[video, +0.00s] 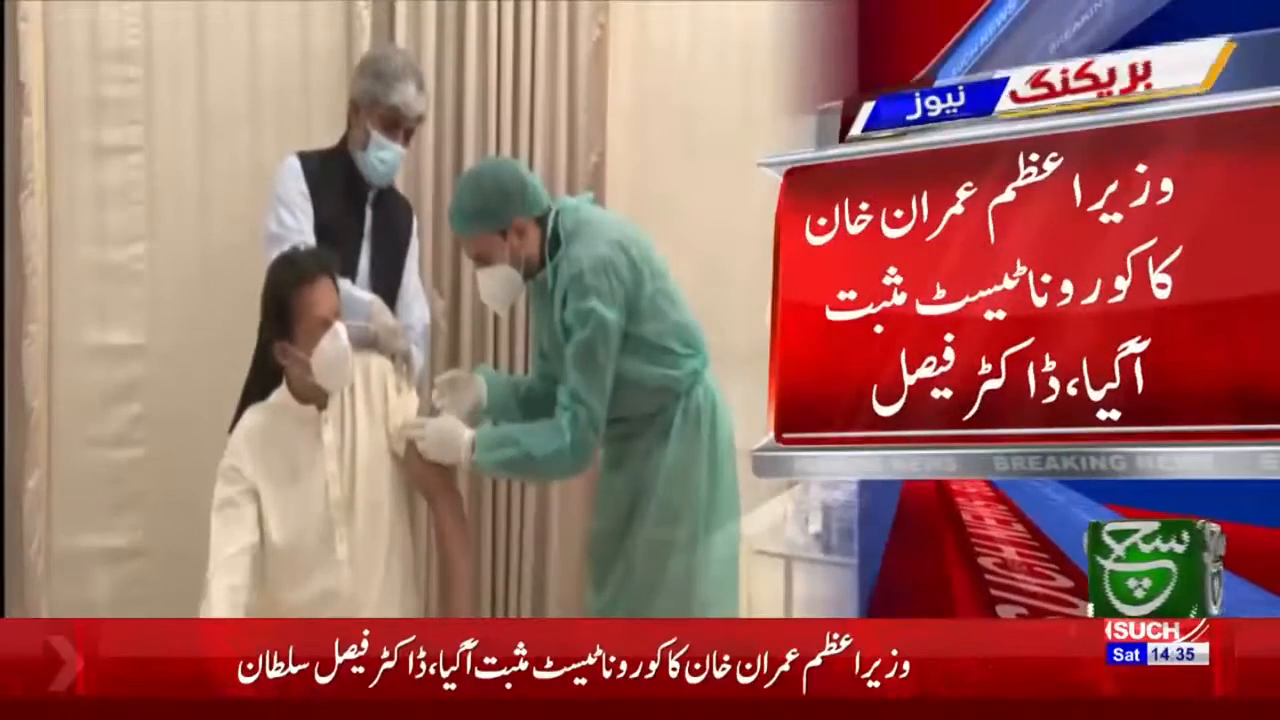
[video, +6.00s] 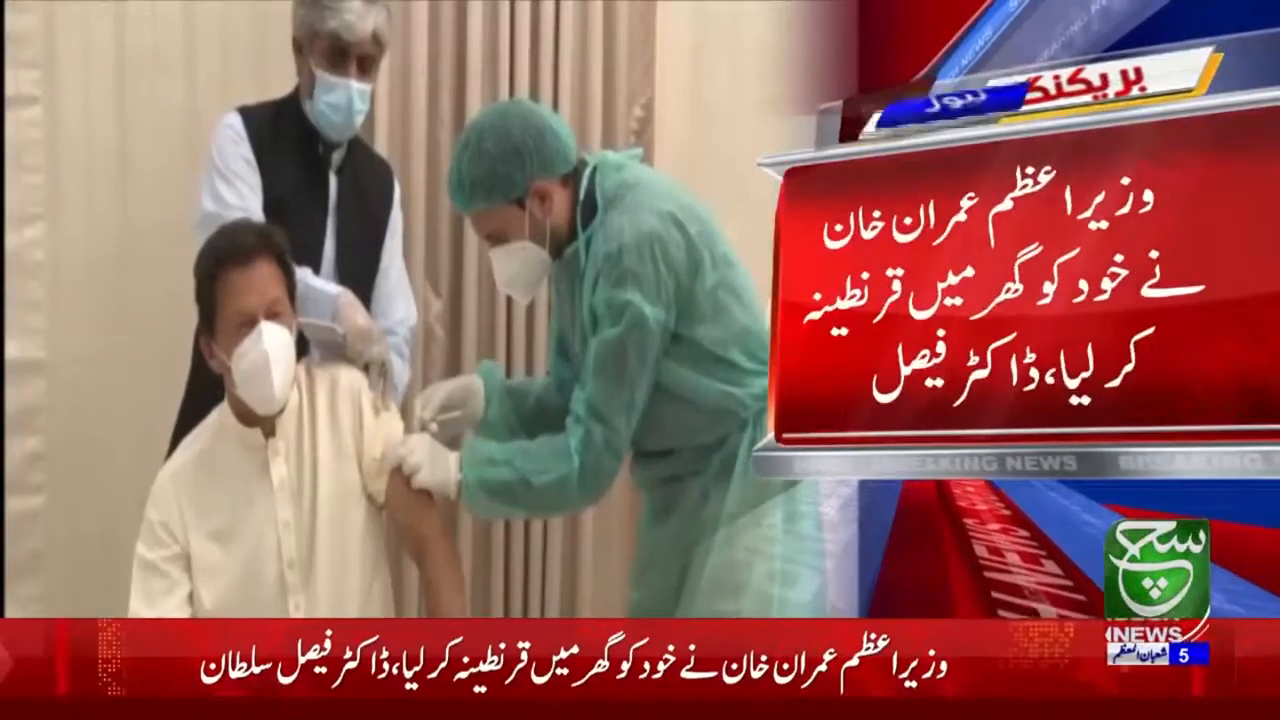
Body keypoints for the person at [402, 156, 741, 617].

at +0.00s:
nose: (481, 272)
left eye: (484, 259)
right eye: (475, 261)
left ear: (521, 231)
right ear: (520, 232)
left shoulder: (591, 261)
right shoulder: (550, 260)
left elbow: (575, 439)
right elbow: (549, 397)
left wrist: (471, 447)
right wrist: (485, 393)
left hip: (678, 432)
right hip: (630, 435)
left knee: (658, 600)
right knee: (614, 594)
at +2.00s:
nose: (484, 269)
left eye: (487, 256)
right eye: (478, 258)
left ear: (524, 226)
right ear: (524, 226)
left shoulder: (593, 258)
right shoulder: (558, 253)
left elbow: (564, 431)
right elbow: (568, 388)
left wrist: (461, 421)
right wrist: (505, 388)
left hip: (678, 435)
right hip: (633, 437)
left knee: (657, 605)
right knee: (615, 600)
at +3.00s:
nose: (511, 198)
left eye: (518, 182)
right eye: (505, 184)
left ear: (558, 163)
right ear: (557, 164)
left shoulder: (613, 221)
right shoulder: (583, 211)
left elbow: (581, 384)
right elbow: (592, 331)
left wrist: (482, 432)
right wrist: (548, 365)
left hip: (664, 430)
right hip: (625, 427)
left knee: (645, 602)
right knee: (609, 594)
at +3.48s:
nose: (528, 173)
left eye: (534, 159)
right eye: (523, 160)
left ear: (576, 141)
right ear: (572, 142)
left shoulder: (626, 209)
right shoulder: (596, 197)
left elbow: (586, 356)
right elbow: (588, 324)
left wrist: (486, 417)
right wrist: (554, 355)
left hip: (658, 429)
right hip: (622, 426)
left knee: (639, 602)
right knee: (608, 595)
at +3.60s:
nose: (495, 239)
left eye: (497, 220)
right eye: (486, 222)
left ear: (543, 183)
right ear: (543, 182)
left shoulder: (635, 220)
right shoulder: (584, 219)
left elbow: (588, 448)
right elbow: (585, 400)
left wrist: (457, 456)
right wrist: (500, 395)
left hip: (749, 456)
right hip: (677, 462)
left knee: (724, 653)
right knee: (655, 649)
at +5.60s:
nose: (496, 255)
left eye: (498, 238)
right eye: (487, 242)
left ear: (544, 199)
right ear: (544, 198)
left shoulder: (634, 233)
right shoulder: (581, 230)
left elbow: (591, 457)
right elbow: (571, 399)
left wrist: (460, 468)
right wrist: (487, 399)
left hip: (750, 468)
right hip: (678, 475)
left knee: (731, 664)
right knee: (655, 661)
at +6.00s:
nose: (497, 257)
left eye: (499, 240)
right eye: (489, 243)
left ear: (545, 201)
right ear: (545, 200)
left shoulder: (635, 235)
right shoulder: (582, 230)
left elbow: (590, 459)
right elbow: (570, 401)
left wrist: (460, 471)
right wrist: (485, 400)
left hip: (750, 471)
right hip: (678, 478)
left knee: (728, 664)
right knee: (654, 661)